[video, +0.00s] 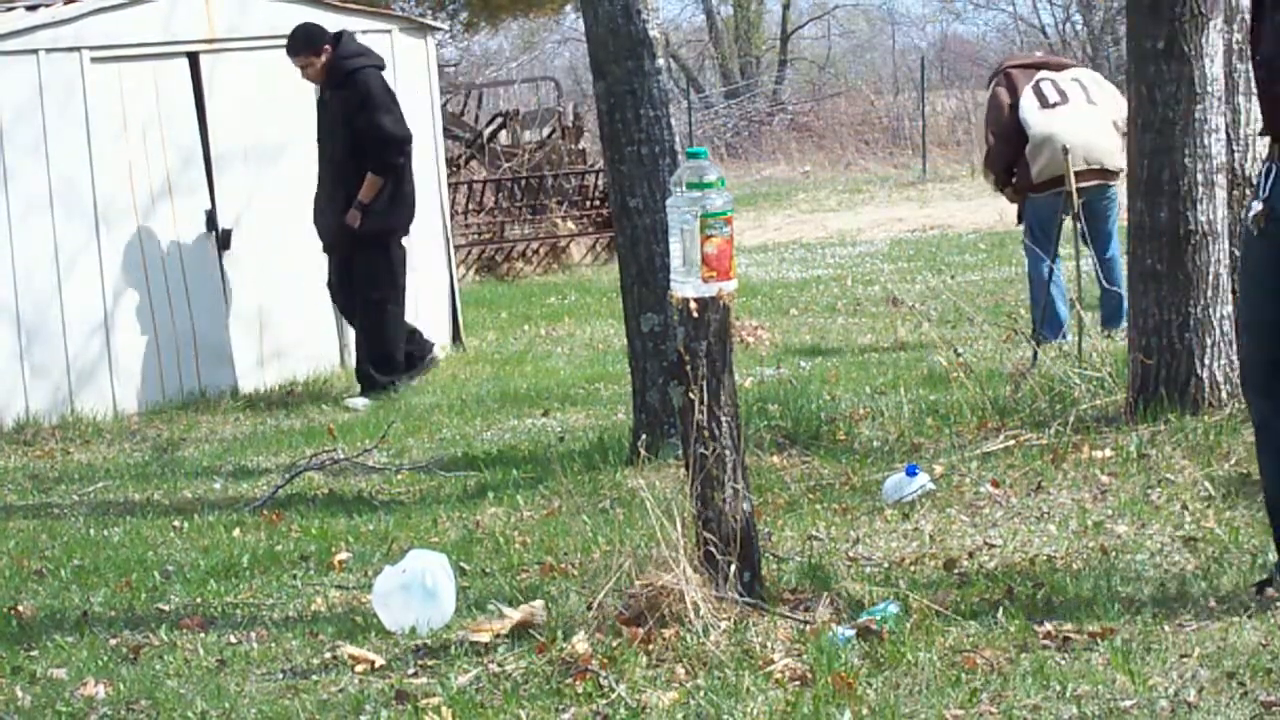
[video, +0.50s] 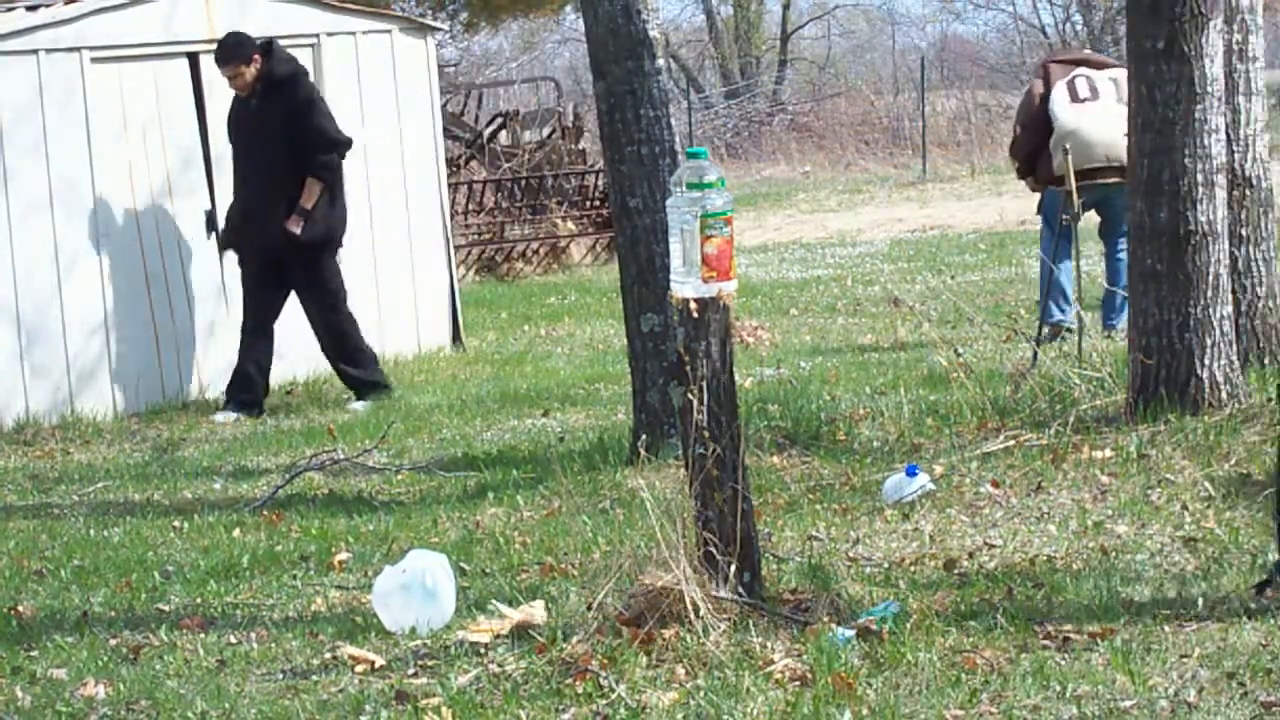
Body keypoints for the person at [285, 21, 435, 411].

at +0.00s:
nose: (303, 75)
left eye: (306, 66)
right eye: (299, 68)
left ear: (325, 53)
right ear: (315, 57)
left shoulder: (360, 78)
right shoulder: (334, 80)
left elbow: (391, 145)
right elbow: (343, 149)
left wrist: (360, 204)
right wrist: (330, 202)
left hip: (375, 216)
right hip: (347, 215)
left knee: (374, 299)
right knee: (346, 293)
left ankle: (379, 387)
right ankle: (414, 349)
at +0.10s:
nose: (293, 74)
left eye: (296, 65)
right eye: (289, 67)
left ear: (316, 52)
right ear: (303, 58)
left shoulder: (354, 80)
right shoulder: (318, 86)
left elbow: (386, 144)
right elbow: (326, 152)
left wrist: (354, 203)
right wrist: (314, 203)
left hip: (365, 218)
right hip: (329, 218)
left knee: (366, 298)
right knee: (323, 290)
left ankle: (379, 386)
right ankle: (369, 372)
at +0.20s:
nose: (282, 75)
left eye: (286, 67)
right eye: (278, 69)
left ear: (305, 54)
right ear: (286, 61)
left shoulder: (345, 82)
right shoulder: (301, 91)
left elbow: (377, 144)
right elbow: (310, 154)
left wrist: (346, 203)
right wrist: (297, 201)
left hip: (355, 218)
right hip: (312, 217)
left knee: (360, 302)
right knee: (304, 302)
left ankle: (377, 387)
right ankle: (323, 385)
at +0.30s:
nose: (269, 78)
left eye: (272, 70)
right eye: (264, 71)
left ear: (293, 57)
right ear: (272, 64)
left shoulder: (330, 82)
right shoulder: (284, 94)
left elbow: (365, 147)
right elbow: (294, 157)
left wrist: (334, 206)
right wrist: (282, 205)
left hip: (344, 223)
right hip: (301, 224)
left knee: (355, 309)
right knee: (286, 313)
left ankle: (376, 390)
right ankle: (269, 395)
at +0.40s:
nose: (252, 82)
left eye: (256, 73)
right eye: (248, 75)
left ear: (277, 59)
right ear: (247, 70)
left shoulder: (315, 86)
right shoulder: (263, 101)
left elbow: (349, 149)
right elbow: (273, 162)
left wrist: (320, 209)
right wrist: (262, 207)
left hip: (327, 226)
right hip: (285, 227)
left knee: (346, 311)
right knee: (273, 316)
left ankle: (375, 389)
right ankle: (246, 398)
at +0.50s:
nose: (232, 84)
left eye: (235, 75)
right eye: (227, 77)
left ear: (256, 62)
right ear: (228, 71)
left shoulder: (292, 89)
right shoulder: (241, 106)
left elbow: (330, 148)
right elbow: (248, 174)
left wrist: (302, 211)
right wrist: (237, 222)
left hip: (305, 229)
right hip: (261, 232)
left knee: (330, 314)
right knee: (256, 324)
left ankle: (372, 389)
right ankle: (244, 404)